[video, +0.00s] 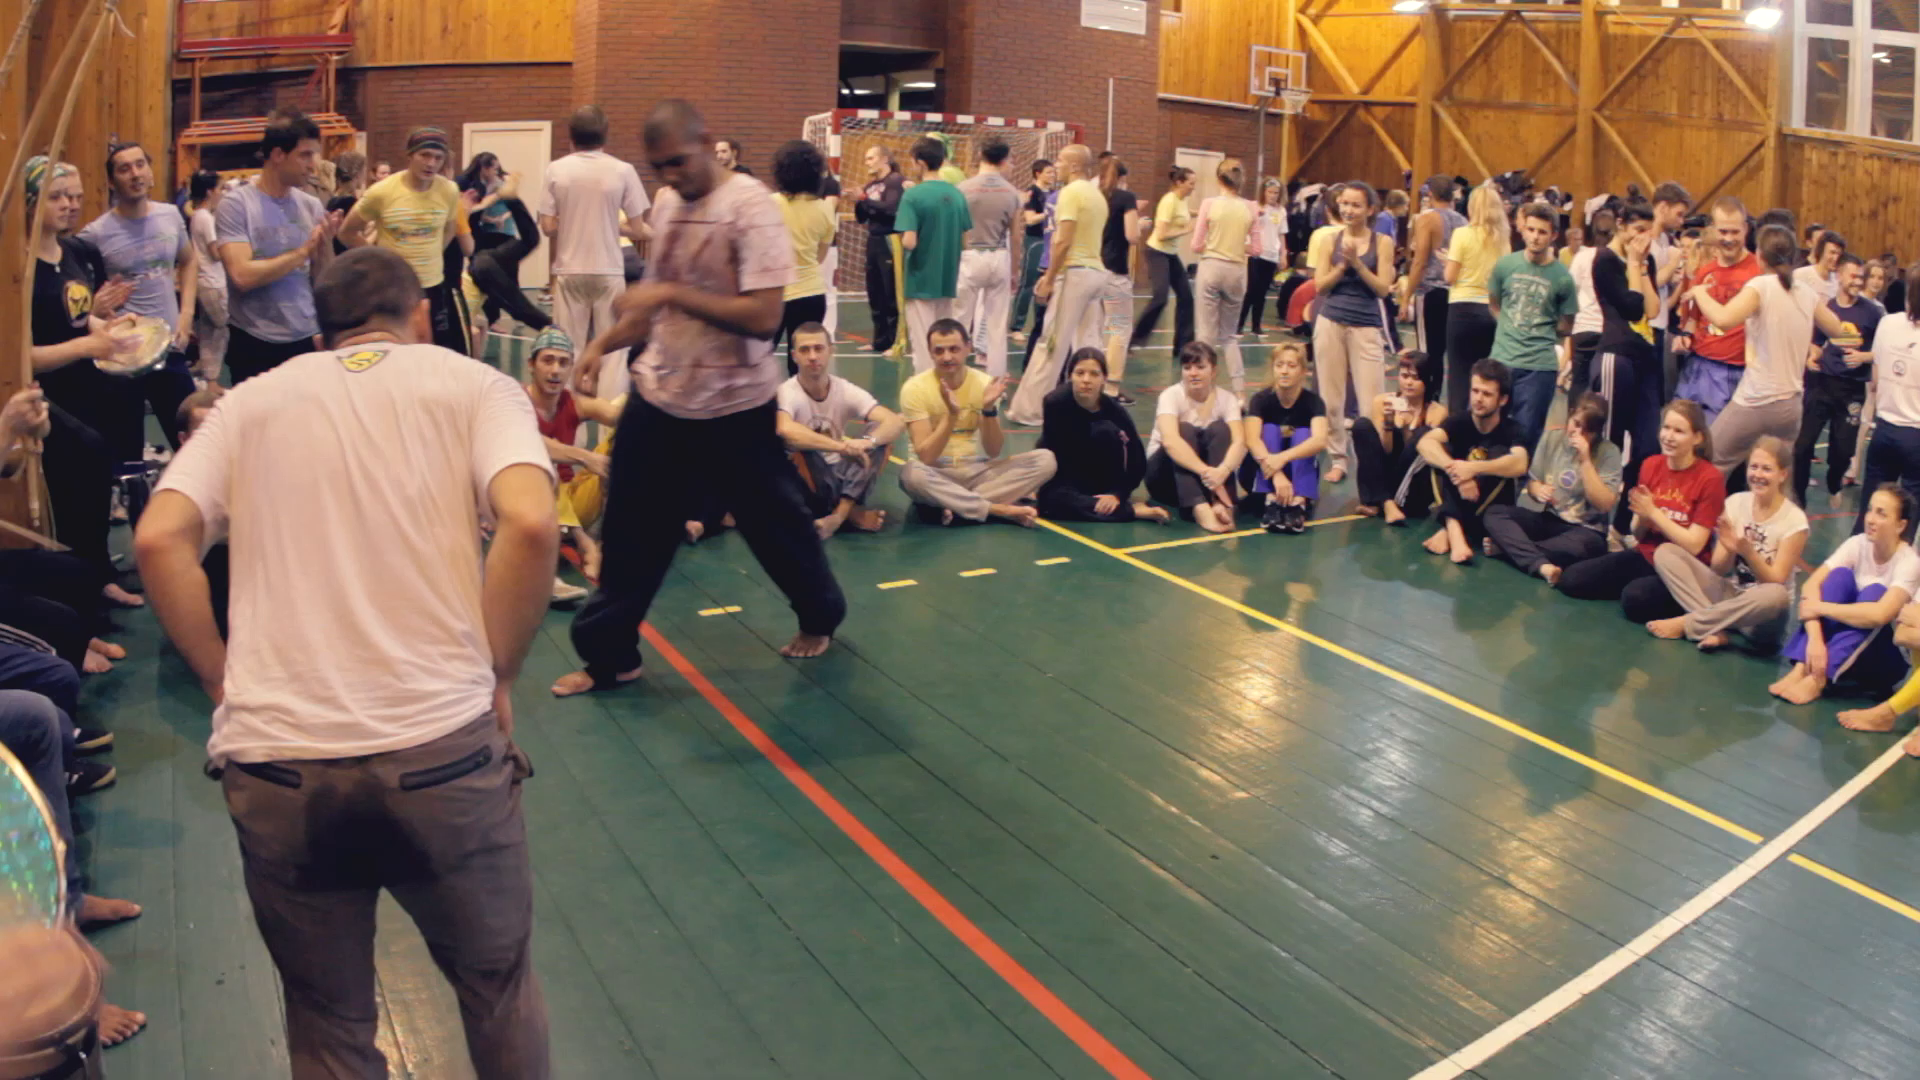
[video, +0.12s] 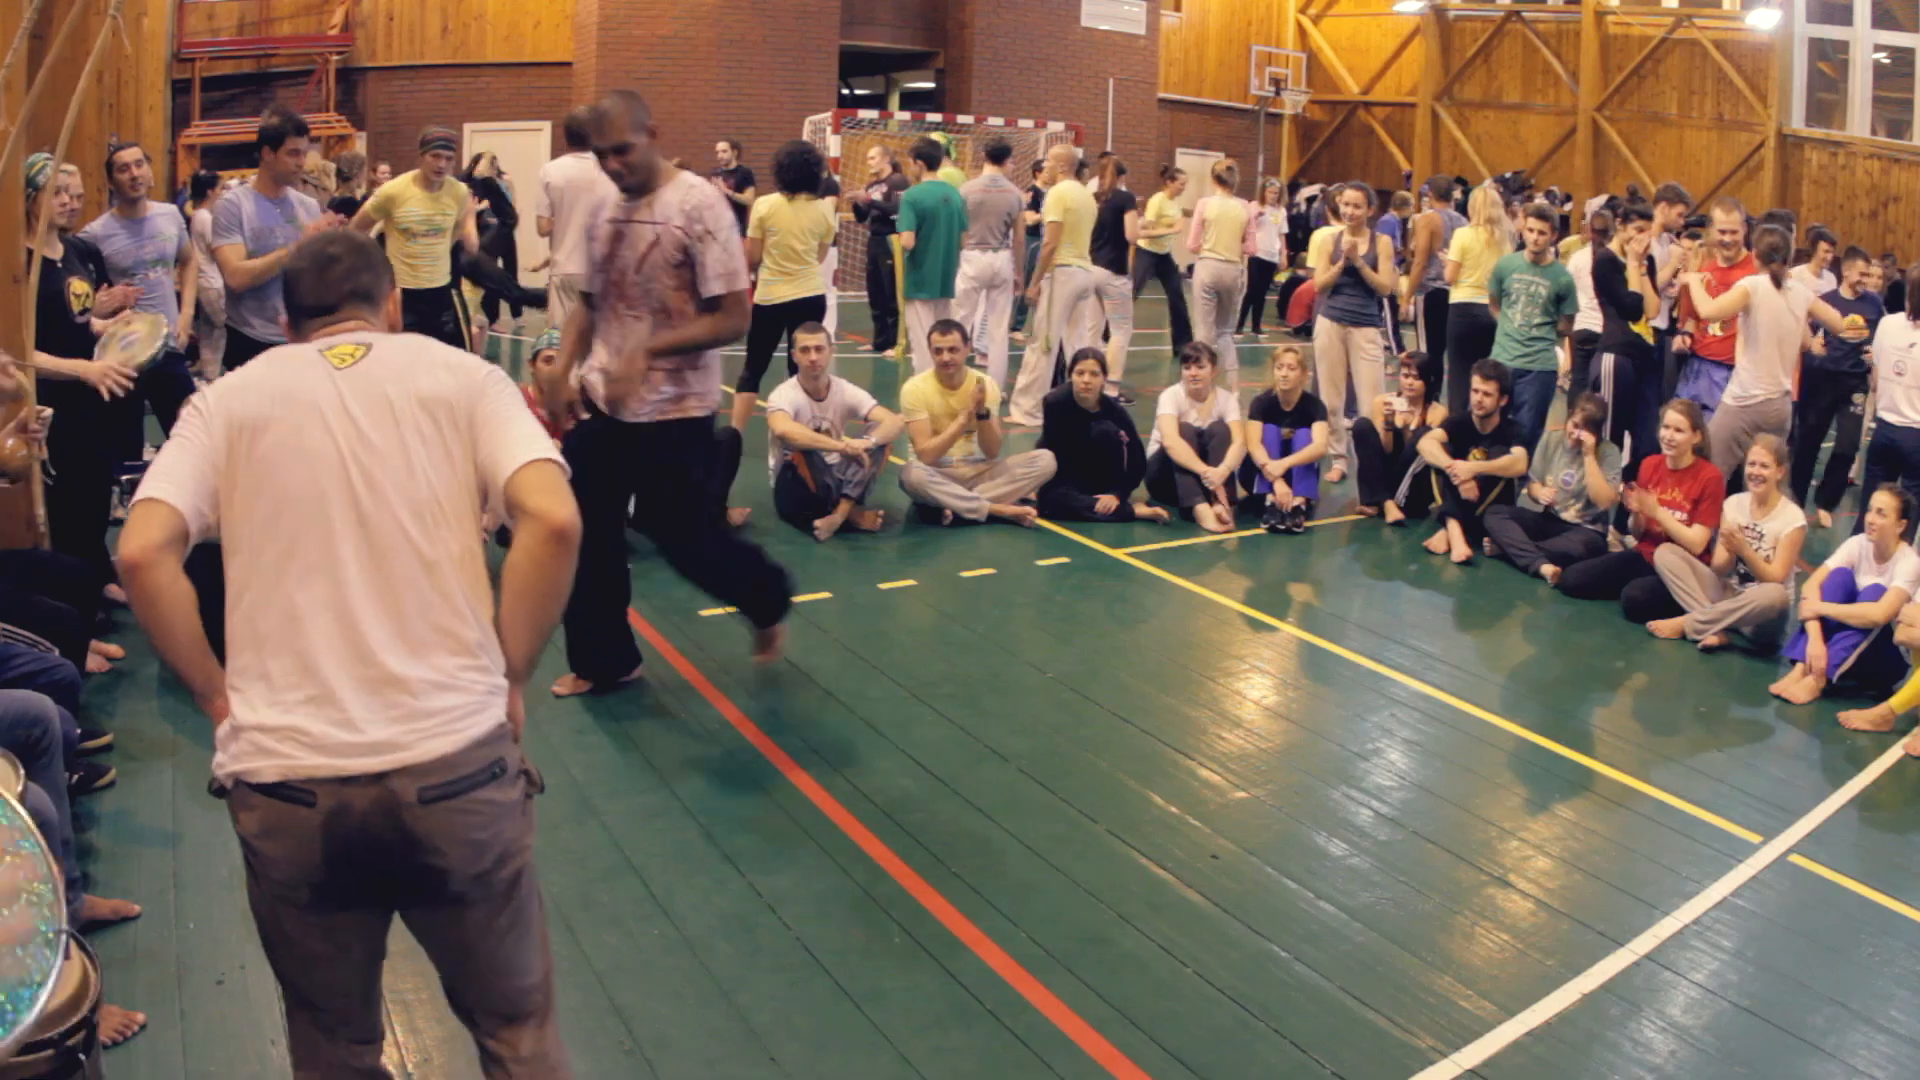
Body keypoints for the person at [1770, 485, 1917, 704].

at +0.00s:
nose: (1870, 519)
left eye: (1881, 514)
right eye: (1869, 510)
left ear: (1901, 526)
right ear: (1864, 513)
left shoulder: (1910, 562)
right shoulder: (1857, 544)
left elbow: (1880, 616)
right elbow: (1810, 586)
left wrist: (1819, 607)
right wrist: (1815, 641)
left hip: (1882, 667)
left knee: (1875, 592)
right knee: (1840, 576)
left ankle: (1818, 678)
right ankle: (1800, 668)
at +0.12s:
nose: (1870, 519)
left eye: (1881, 514)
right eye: (1869, 511)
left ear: (1901, 526)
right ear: (1864, 513)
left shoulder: (1909, 561)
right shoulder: (1857, 544)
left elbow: (1880, 616)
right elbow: (1810, 586)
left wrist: (1819, 607)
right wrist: (1815, 641)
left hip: (1882, 667)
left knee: (1875, 591)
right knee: (1840, 576)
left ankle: (1818, 678)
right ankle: (1800, 668)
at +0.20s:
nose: (1870, 519)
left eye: (1881, 514)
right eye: (1869, 511)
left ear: (1901, 526)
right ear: (1864, 513)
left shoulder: (1910, 562)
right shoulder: (1857, 544)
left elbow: (1880, 616)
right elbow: (1810, 586)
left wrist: (1819, 607)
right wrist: (1815, 641)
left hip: (1881, 668)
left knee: (1875, 591)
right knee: (1840, 576)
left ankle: (1818, 678)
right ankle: (1800, 668)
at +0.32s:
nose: (1870, 519)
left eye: (1881, 514)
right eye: (1869, 511)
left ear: (1901, 526)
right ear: (1864, 513)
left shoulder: (1910, 562)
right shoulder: (1857, 544)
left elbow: (1880, 616)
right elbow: (1810, 585)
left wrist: (1818, 607)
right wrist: (1815, 641)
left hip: (1881, 668)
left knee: (1875, 591)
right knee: (1840, 576)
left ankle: (1817, 678)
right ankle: (1800, 668)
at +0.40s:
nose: (1870, 519)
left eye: (1881, 514)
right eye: (1869, 511)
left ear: (1901, 526)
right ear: (1864, 513)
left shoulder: (1910, 562)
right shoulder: (1857, 544)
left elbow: (1880, 616)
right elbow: (1810, 585)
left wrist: (1819, 607)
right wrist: (1815, 641)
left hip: (1881, 668)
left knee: (1875, 592)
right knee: (1840, 576)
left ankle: (1817, 678)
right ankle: (1800, 668)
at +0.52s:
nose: (1870, 519)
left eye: (1881, 514)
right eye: (1869, 511)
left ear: (1901, 526)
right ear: (1864, 513)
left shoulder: (1910, 562)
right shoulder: (1857, 544)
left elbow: (1880, 616)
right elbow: (1810, 586)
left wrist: (1818, 607)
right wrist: (1815, 641)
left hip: (1881, 667)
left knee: (1875, 592)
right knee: (1840, 577)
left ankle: (1817, 678)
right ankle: (1800, 668)